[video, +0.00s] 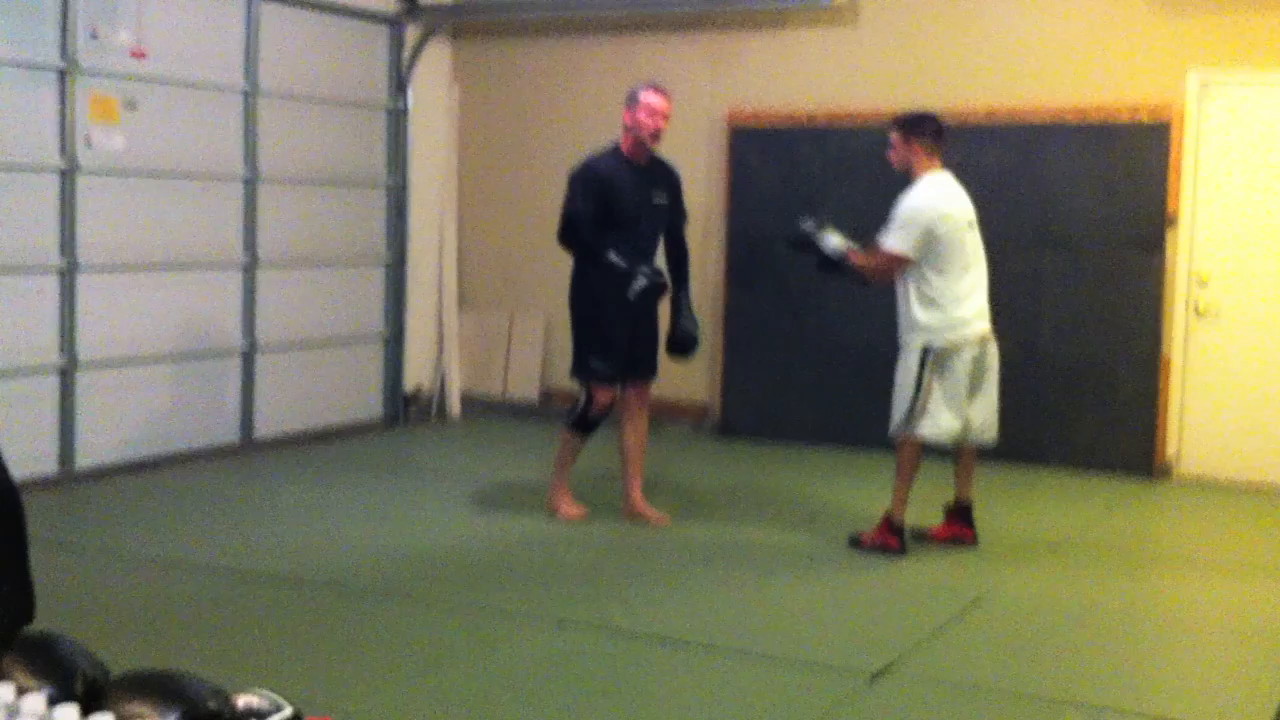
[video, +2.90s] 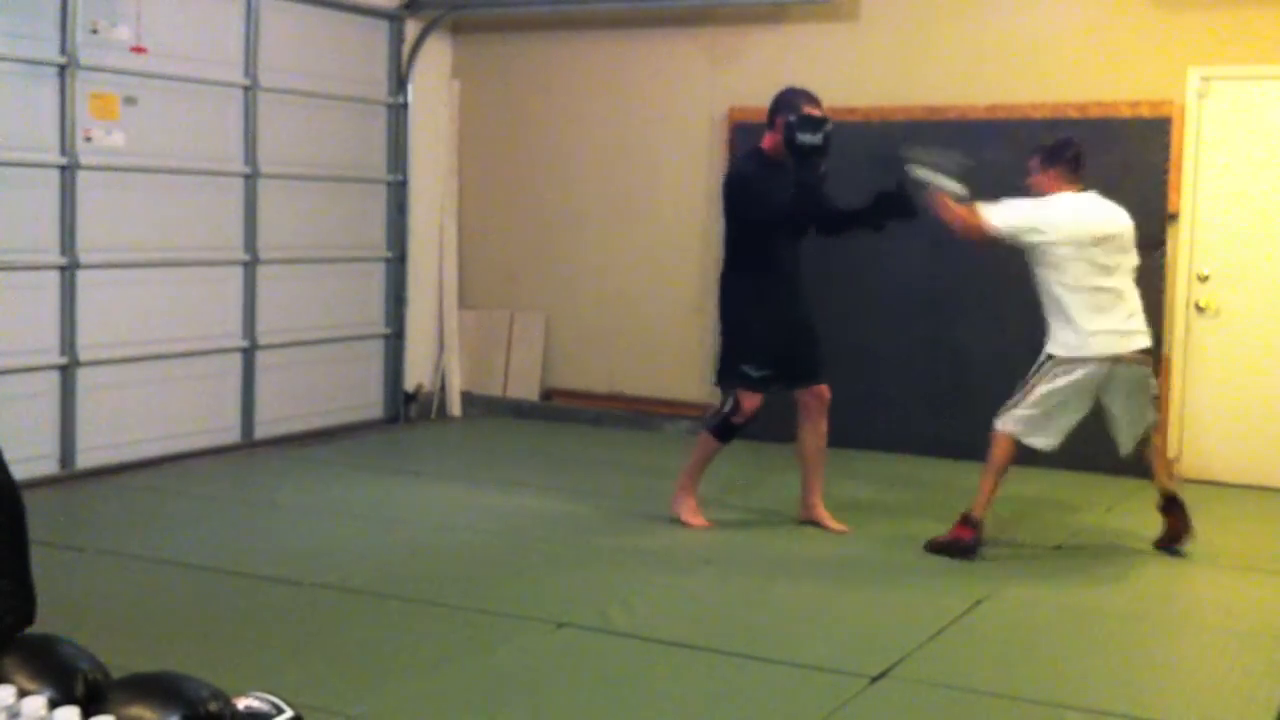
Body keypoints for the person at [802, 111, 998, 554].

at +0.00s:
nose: (889, 153)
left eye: (893, 145)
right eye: (890, 145)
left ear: (914, 147)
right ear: (925, 147)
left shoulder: (919, 200)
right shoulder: (953, 190)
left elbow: (882, 268)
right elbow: (909, 263)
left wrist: (838, 246)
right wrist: (852, 255)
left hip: (934, 337)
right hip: (974, 332)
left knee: (910, 432)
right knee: (967, 431)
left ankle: (893, 525)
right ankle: (961, 518)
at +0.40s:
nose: (859, 154)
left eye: (860, 145)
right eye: (859, 145)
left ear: (875, 145)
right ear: (905, 140)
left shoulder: (881, 199)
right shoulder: (943, 187)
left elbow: (820, 245)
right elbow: (930, 262)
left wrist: (769, 237)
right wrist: (874, 291)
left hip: (915, 332)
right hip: (961, 325)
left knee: (902, 428)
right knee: (956, 424)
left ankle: (892, 529)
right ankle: (959, 518)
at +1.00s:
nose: (864, 150)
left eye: (867, 142)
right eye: (866, 141)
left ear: (879, 145)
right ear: (910, 143)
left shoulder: (870, 205)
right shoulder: (953, 189)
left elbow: (857, 279)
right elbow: (966, 252)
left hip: (917, 335)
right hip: (971, 325)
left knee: (907, 431)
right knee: (985, 417)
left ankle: (893, 529)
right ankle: (1019, 509)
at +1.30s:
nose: (909, 153)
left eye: (913, 145)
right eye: (911, 144)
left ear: (931, 147)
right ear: (953, 148)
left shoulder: (919, 203)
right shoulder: (991, 197)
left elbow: (888, 275)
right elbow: (965, 256)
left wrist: (872, 232)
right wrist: (906, 217)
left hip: (953, 337)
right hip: (1006, 331)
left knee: (925, 431)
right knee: (1012, 425)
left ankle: (894, 529)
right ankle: (1039, 525)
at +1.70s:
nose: (946, 170)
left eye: (948, 161)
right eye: (946, 161)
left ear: (964, 163)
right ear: (994, 159)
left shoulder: (960, 216)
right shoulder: (1042, 200)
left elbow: (947, 284)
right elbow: (1028, 256)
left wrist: (927, 243)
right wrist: (959, 218)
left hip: (997, 341)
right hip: (1054, 336)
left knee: (962, 431)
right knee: (1064, 419)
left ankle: (957, 530)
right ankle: (1090, 494)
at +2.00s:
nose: (1004, 162)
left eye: (1008, 153)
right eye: (1005, 154)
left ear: (1027, 154)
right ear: (1049, 153)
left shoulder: (1029, 205)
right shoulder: (1086, 196)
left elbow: (996, 268)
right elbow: (1062, 249)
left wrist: (987, 219)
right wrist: (1016, 199)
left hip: (1054, 341)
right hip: (1107, 333)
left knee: (1003, 429)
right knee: (1113, 428)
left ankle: (978, 526)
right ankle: (1134, 529)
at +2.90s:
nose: (1031, 183)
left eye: (1034, 174)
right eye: (1032, 175)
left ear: (1049, 174)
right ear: (1076, 172)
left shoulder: (1040, 212)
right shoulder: (1118, 215)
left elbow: (972, 224)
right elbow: (1126, 266)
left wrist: (935, 195)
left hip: (1074, 350)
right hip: (1133, 347)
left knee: (1008, 427)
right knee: (1149, 429)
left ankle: (971, 523)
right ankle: (1171, 501)